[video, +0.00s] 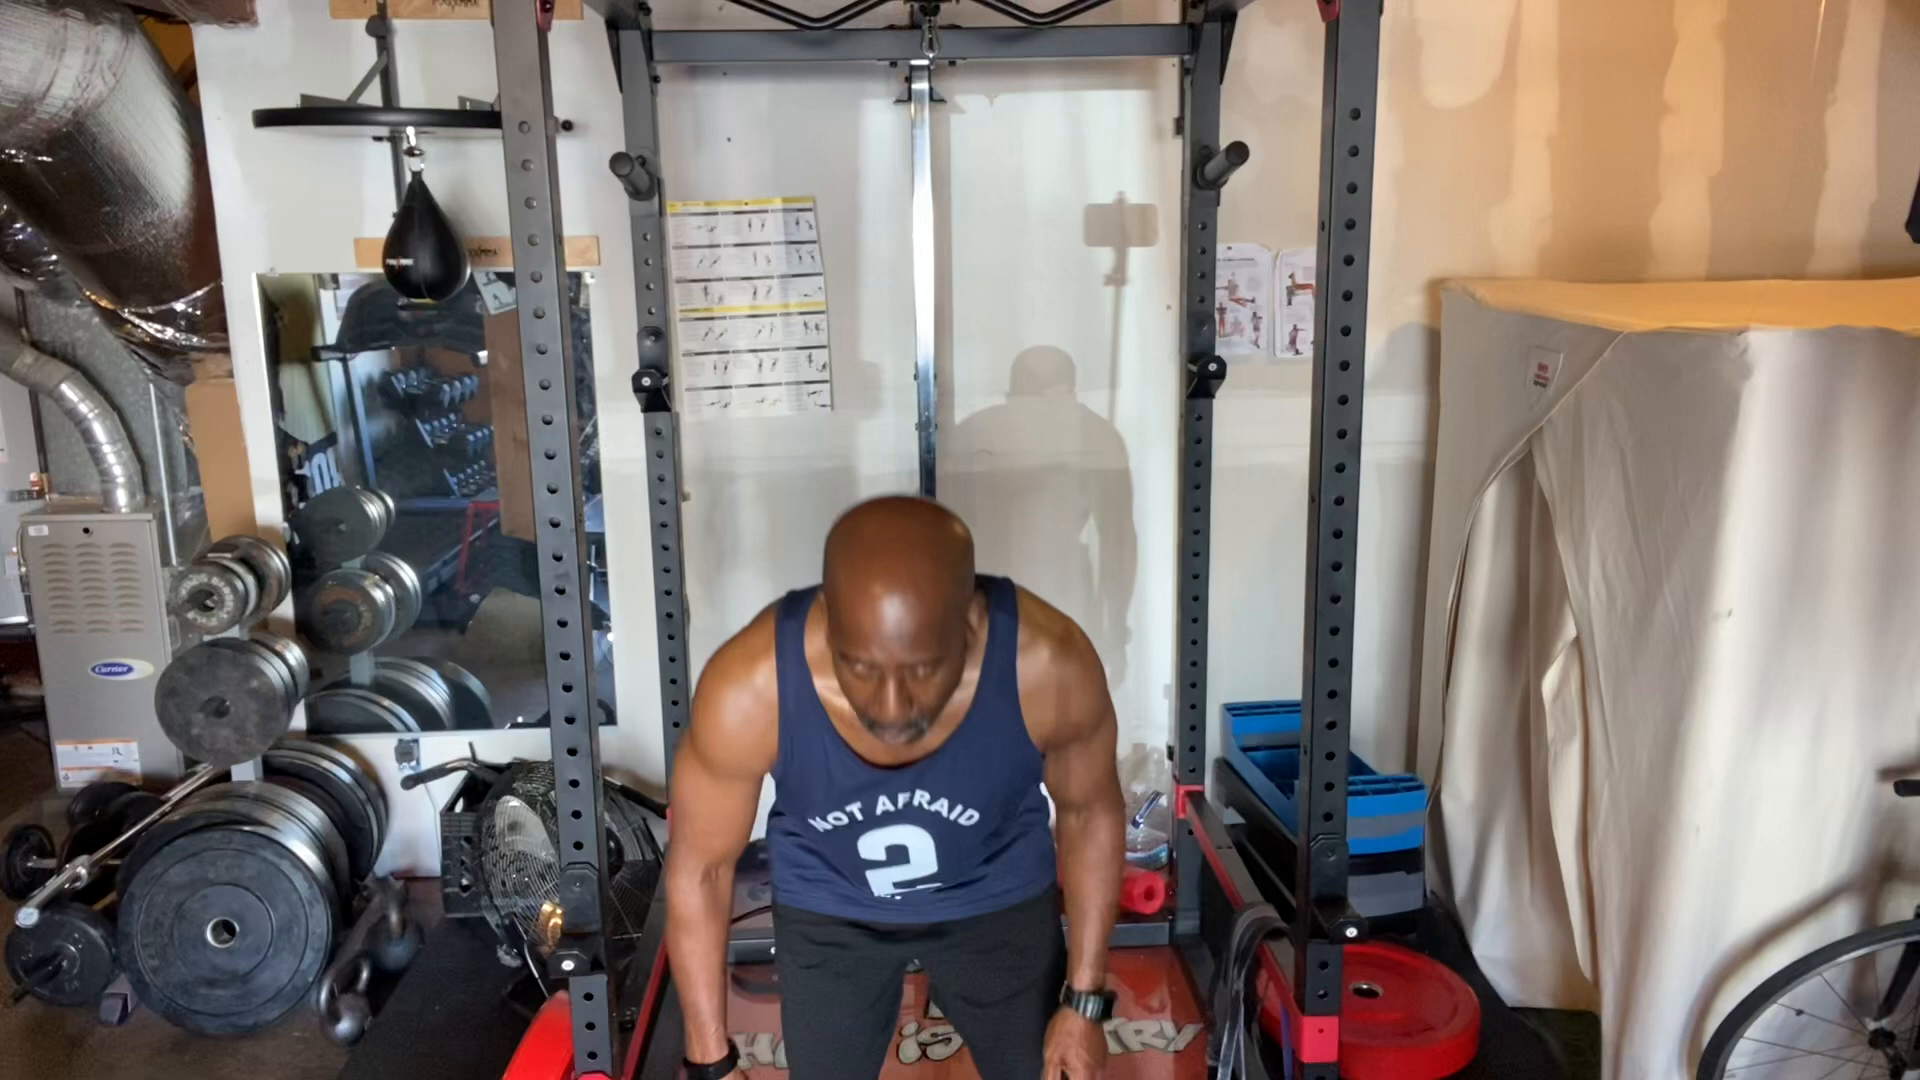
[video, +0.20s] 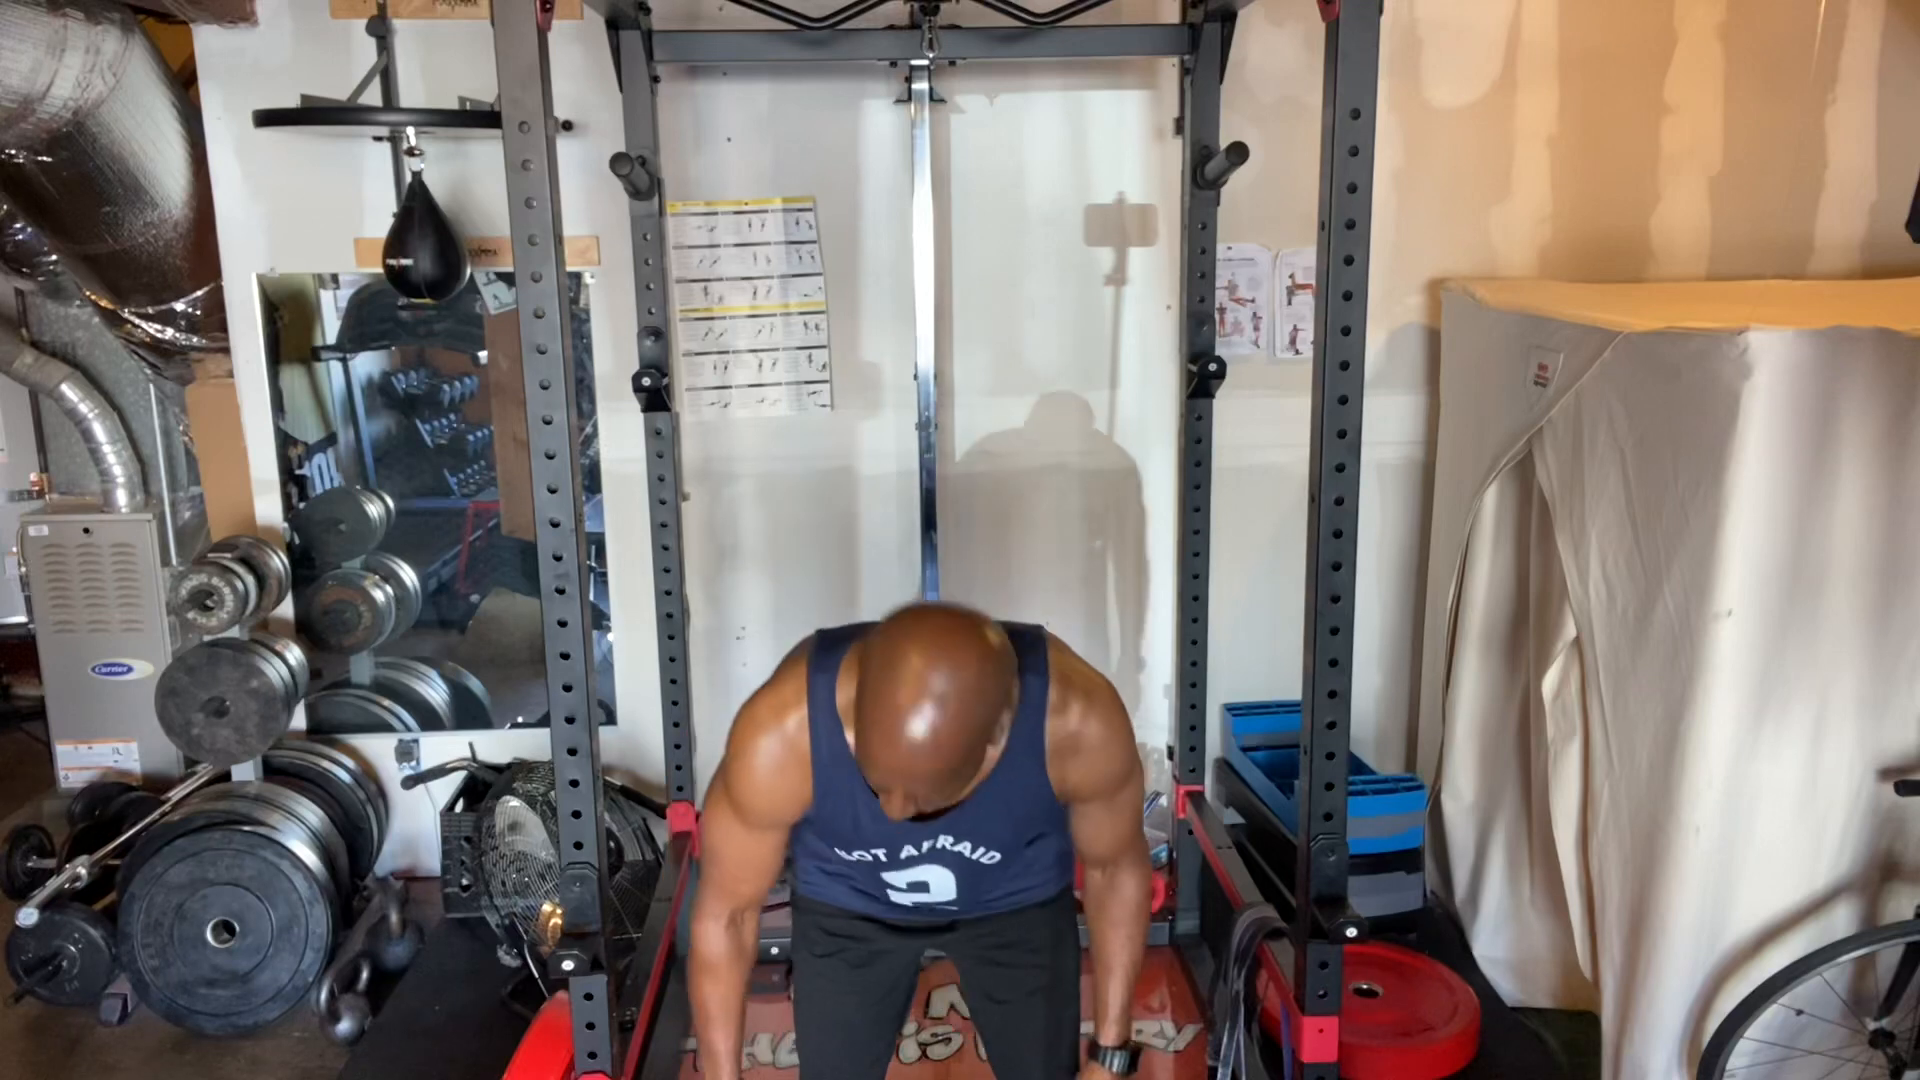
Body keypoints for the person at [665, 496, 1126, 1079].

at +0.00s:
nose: (891, 707)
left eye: (920, 672)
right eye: (862, 670)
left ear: (974, 622)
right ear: (828, 624)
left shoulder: (1050, 668)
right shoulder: (746, 693)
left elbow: (1089, 811)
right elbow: (700, 869)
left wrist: (1087, 999)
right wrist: (709, 1057)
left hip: (998, 906)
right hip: (831, 912)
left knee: (1031, 1067)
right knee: (825, 1068)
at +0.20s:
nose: (896, 812)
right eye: (879, 784)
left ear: (1001, 730)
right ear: (854, 713)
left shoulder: (1080, 725)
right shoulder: (777, 738)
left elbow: (1116, 870)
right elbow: (725, 916)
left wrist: (1111, 1049)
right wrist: (719, 1068)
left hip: (1017, 911)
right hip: (849, 913)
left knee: (1043, 1065)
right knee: (834, 1069)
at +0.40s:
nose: (913, 883)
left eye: (943, 877)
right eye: (900, 865)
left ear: (1030, 808)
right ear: (880, 779)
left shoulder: (1109, 770)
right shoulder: (798, 788)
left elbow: (1140, 900)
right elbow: (752, 963)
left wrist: (1137, 1061)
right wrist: (749, 1072)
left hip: (1031, 909)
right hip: (862, 910)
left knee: (1054, 1069)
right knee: (843, 1069)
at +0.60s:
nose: (938, 973)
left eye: (960, 958)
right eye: (910, 954)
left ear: (1032, 882)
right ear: (881, 859)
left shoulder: (1111, 816)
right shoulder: (801, 860)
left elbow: (1143, 926)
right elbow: (751, 1034)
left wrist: (1145, 1067)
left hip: (1040, 899)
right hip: (861, 909)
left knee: (1059, 1065)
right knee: (847, 1068)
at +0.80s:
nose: (926, 1048)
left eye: (947, 1034)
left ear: (1027, 932)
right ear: (869, 912)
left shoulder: (1100, 862)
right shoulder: (788, 925)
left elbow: (1136, 952)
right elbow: (750, 1070)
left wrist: (1139, 1071)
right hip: (848, 781)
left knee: (1061, 1061)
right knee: (843, 1062)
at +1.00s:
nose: (895, 1074)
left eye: (924, 1070)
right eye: (878, 1064)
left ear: (1006, 946)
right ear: (852, 958)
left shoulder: (1090, 895)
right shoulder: (772, 958)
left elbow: (1132, 994)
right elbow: (744, 1067)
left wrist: (1134, 1076)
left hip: (1015, 771)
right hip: (848, 781)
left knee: (1035, 1059)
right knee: (837, 1059)